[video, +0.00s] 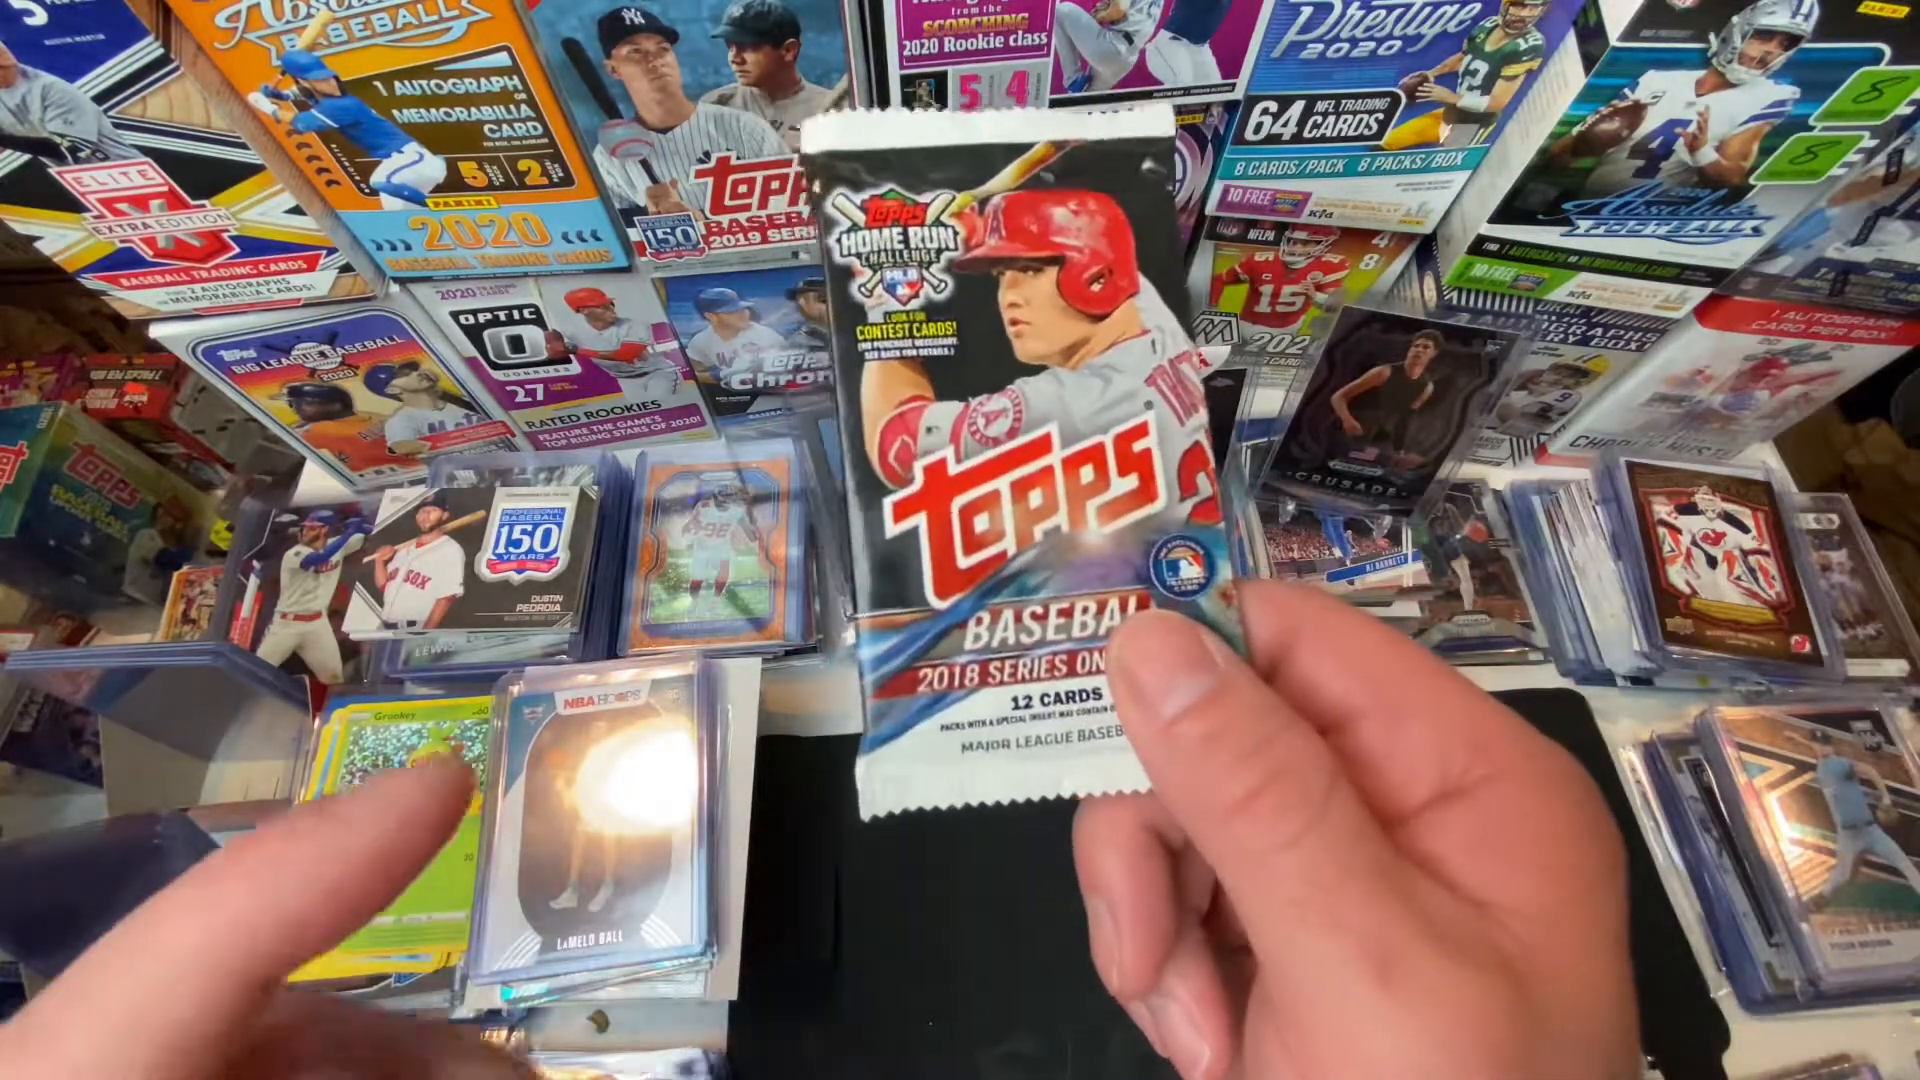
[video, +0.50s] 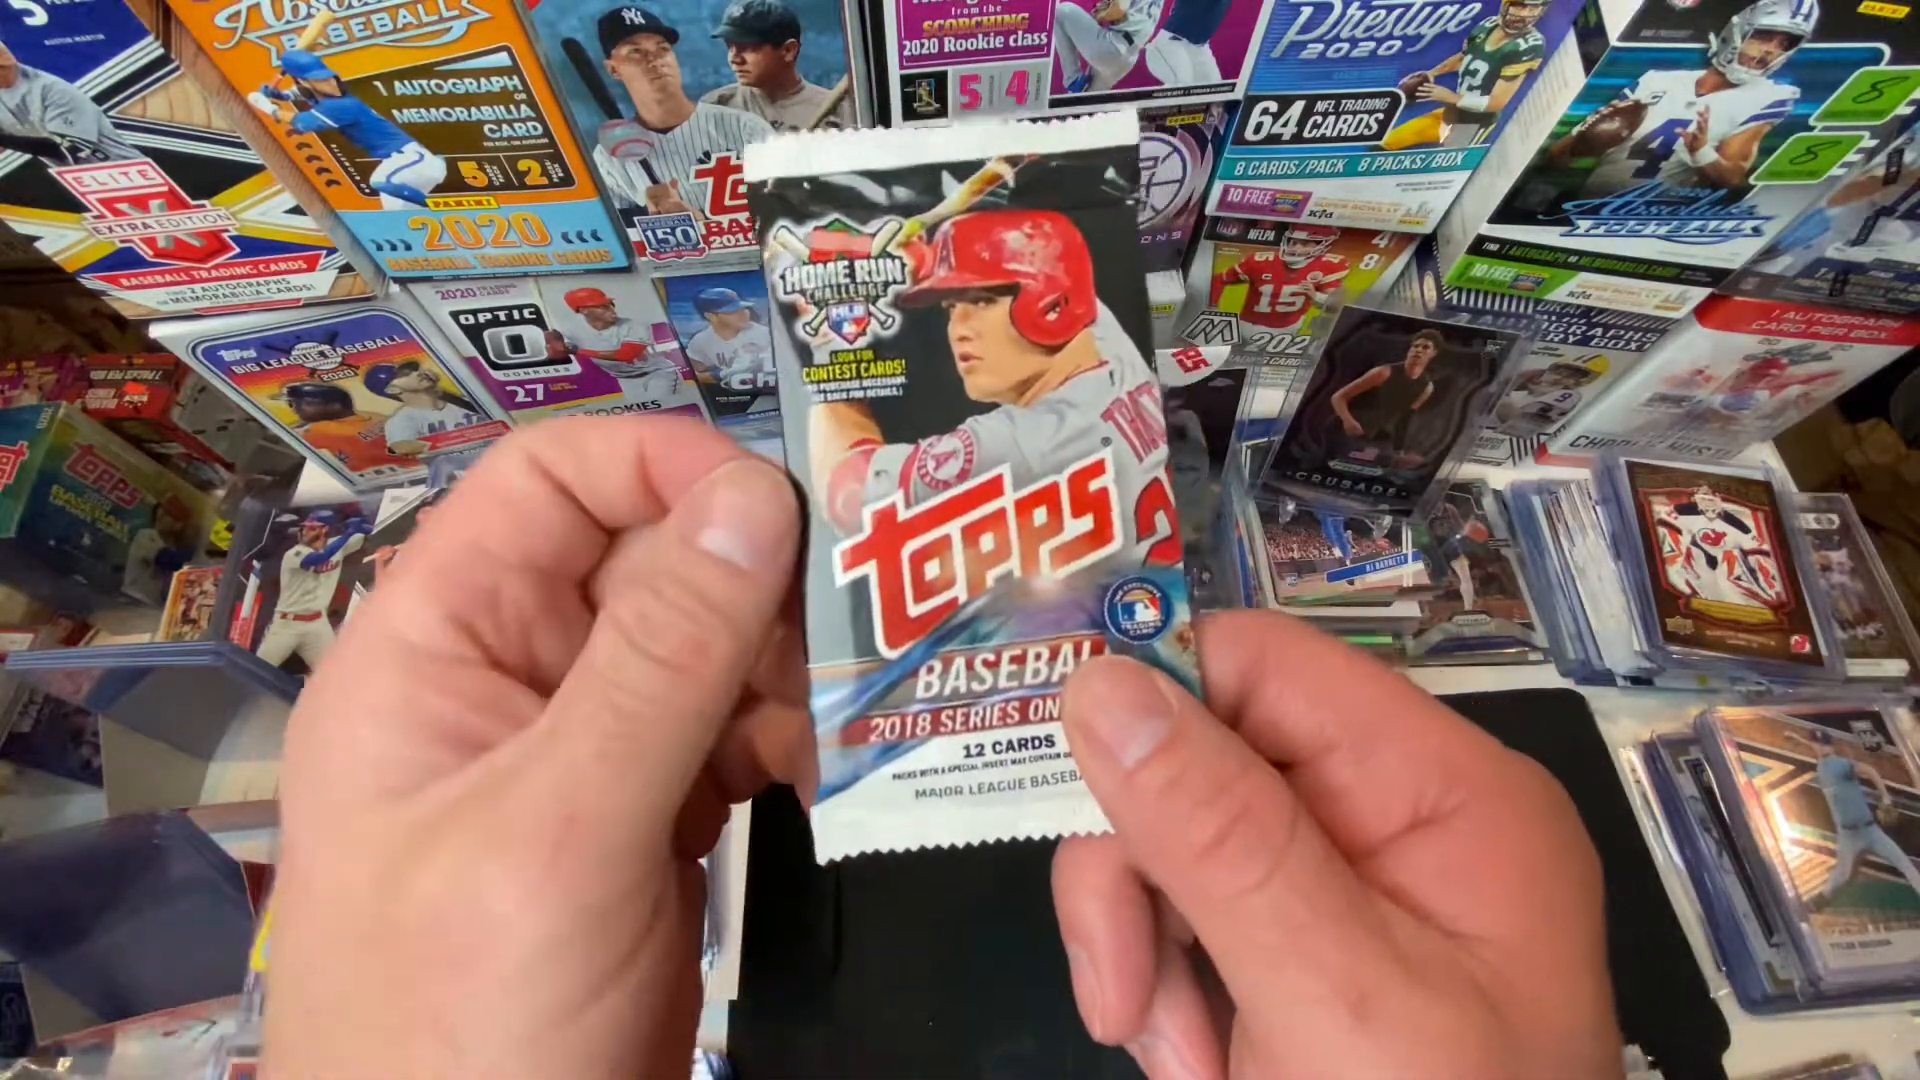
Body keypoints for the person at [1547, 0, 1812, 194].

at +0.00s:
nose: (1770, 52)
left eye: (1783, 46)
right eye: (1764, 38)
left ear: (1788, 57)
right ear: (1738, 33)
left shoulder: (1761, 102)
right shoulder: (1658, 82)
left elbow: (1736, 176)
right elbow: (1559, 155)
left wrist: (1701, 154)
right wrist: (1583, 138)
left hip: (1662, 223)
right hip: (1595, 205)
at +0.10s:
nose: (1770, 53)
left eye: (1783, 46)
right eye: (1764, 38)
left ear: (1788, 57)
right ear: (1737, 33)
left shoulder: (1762, 101)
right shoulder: (1658, 82)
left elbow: (1736, 175)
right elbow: (1557, 156)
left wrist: (1701, 154)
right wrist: (1582, 139)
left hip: (1662, 223)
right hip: (1595, 205)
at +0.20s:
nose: (1771, 51)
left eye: (1784, 45)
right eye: (1765, 37)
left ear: (1790, 56)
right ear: (1738, 33)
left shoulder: (1763, 101)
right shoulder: (1658, 83)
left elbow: (1736, 177)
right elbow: (1558, 155)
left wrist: (1702, 153)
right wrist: (1584, 138)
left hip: (1664, 224)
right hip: (1596, 207)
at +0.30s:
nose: (1771, 51)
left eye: (1784, 44)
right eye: (1765, 37)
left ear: (1790, 56)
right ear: (1738, 33)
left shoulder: (1763, 101)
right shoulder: (1658, 83)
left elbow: (1736, 177)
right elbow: (1558, 155)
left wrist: (1702, 153)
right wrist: (1584, 138)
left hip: (1664, 225)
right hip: (1596, 207)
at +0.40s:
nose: (1770, 52)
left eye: (1783, 45)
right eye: (1764, 37)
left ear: (1788, 56)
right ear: (1737, 32)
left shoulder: (1761, 101)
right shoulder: (1658, 82)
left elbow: (1736, 176)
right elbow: (1558, 155)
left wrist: (1702, 154)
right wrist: (1584, 137)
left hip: (1661, 223)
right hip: (1595, 205)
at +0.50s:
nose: (1770, 52)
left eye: (1783, 45)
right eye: (1764, 37)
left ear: (1788, 56)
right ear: (1737, 32)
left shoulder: (1761, 101)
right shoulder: (1658, 82)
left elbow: (1736, 176)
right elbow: (1558, 155)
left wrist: (1702, 154)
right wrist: (1584, 137)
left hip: (1661, 223)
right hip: (1595, 205)